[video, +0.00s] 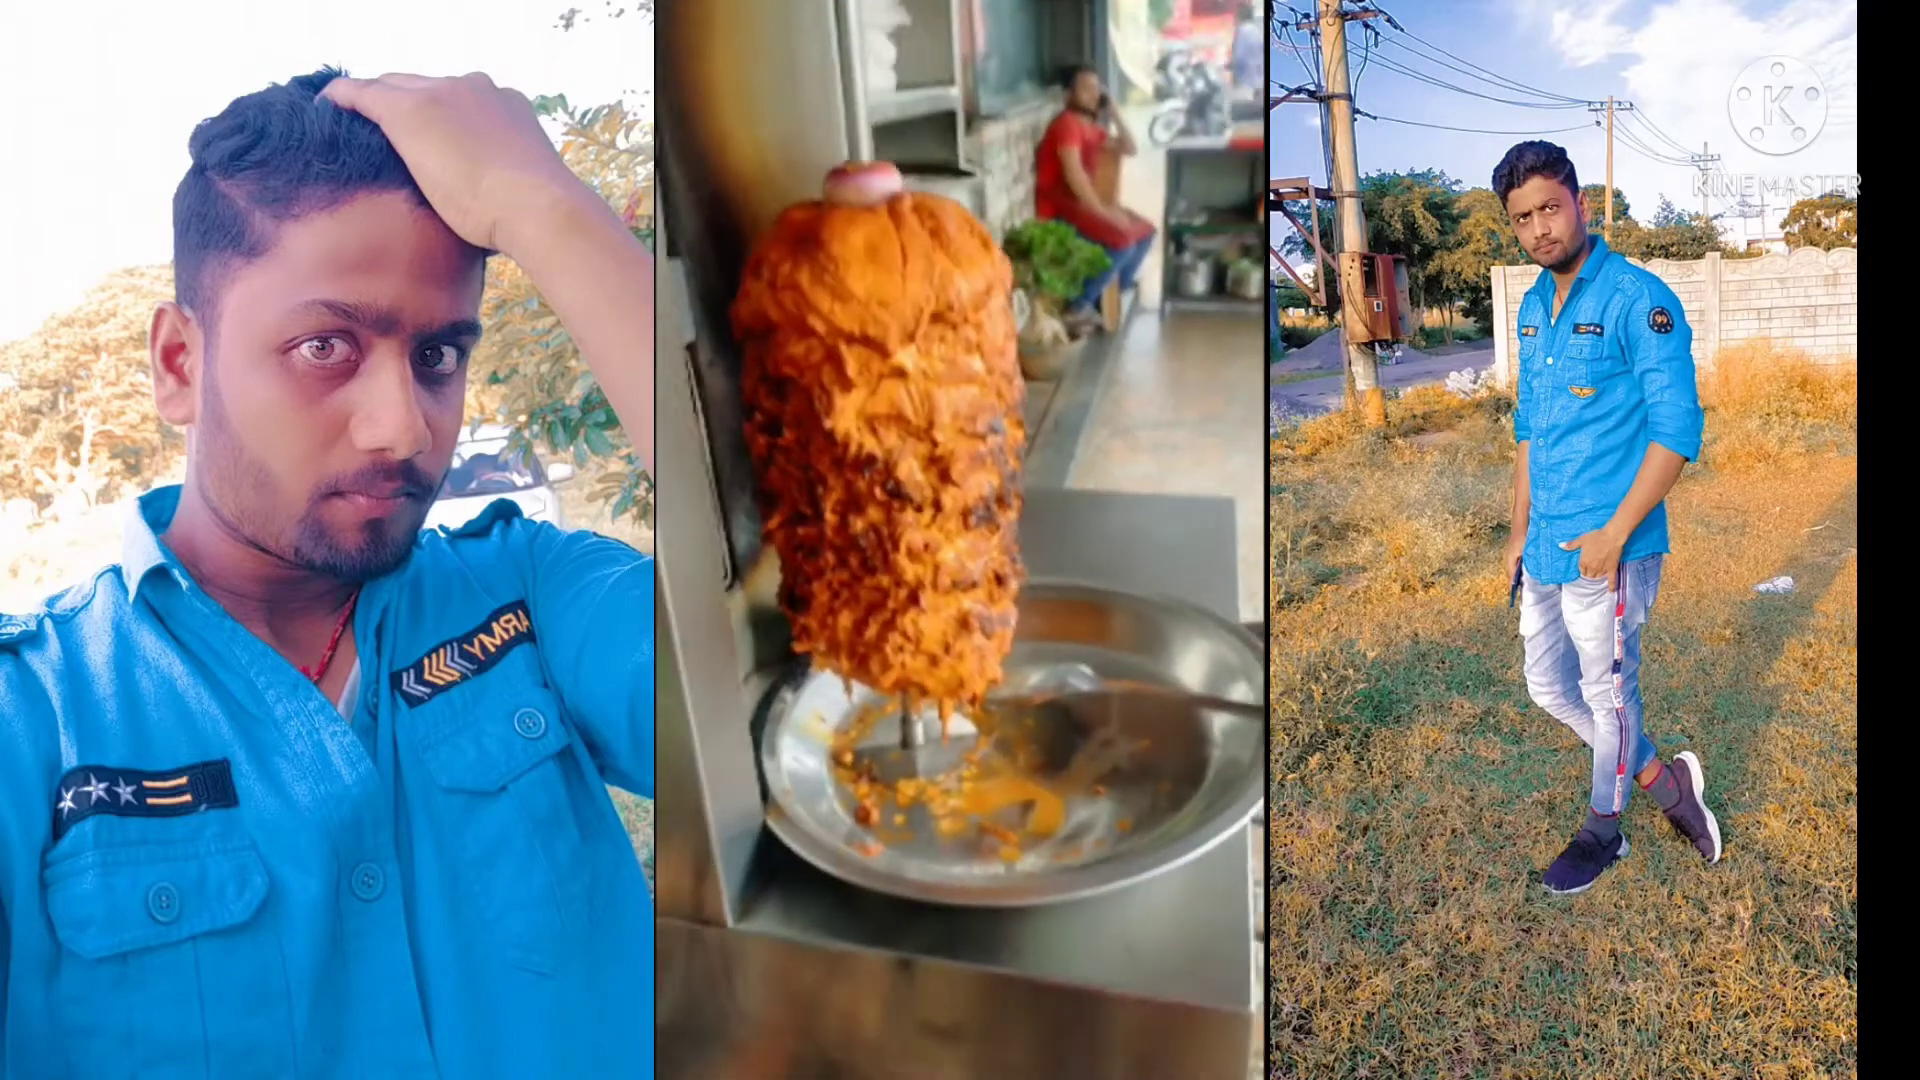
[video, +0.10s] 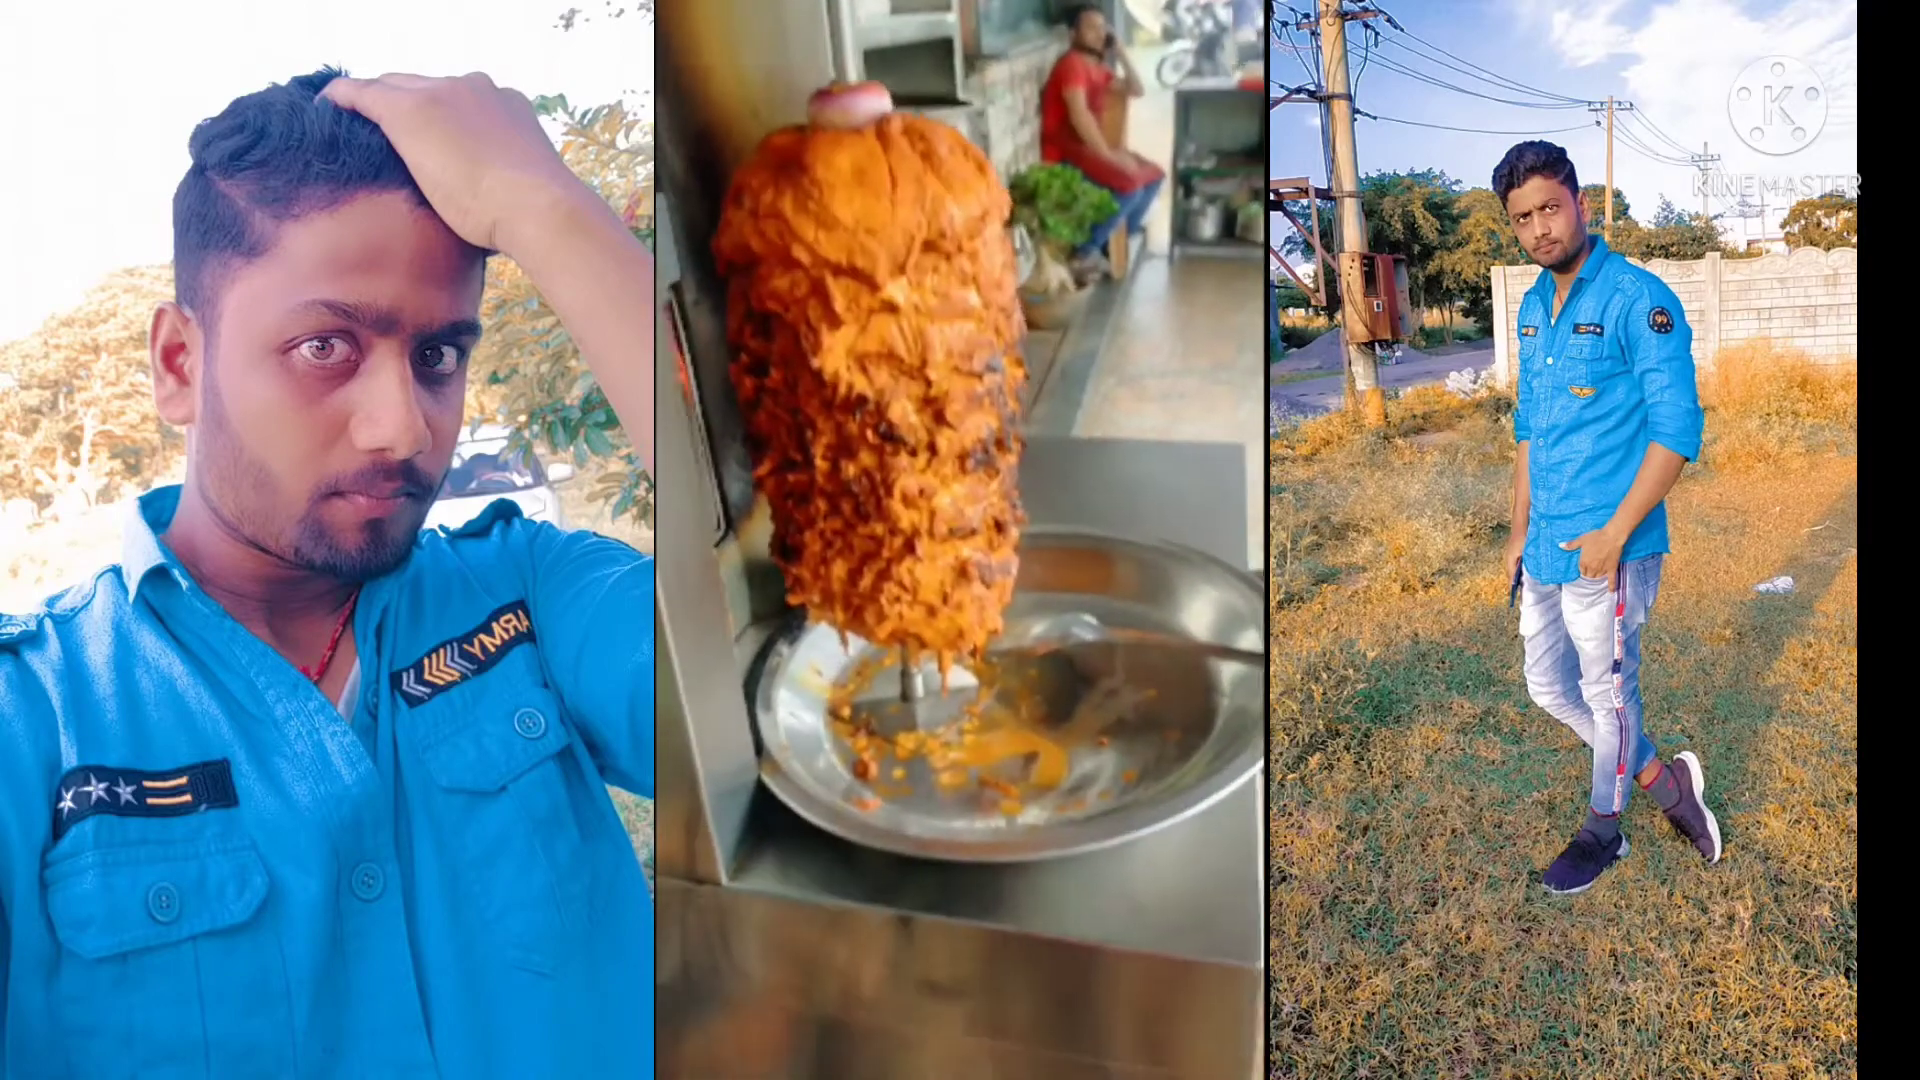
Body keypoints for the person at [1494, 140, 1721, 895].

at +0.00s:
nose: (1537, 229)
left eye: (1548, 208)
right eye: (1522, 219)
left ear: (1582, 202)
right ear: (1513, 228)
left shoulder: (1641, 298)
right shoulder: (1534, 306)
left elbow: (1678, 432)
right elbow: (1529, 430)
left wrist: (1616, 532)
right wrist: (1519, 528)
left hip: (1612, 537)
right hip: (1544, 538)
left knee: (1609, 690)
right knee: (1549, 685)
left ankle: (1602, 828)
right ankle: (1665, 777)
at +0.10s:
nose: (1537, 229)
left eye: (1548, 208)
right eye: (1522, 219)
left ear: (1582, 202)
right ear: (1513, 228)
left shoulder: (1641, 298)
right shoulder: (1534, 306)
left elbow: (1678, 432)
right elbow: (1529, 431)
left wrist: (1616, 532)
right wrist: (1519, 528)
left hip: (1612, 537)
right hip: (1544, 538)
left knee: (1609, 690)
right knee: (1549, 685)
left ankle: (1602, 828)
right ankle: (1665, 777)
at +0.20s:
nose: (1537, 229)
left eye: (1548, 208)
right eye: (1522, 219)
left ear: (1582, 202)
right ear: (1513, 228)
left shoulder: (1641, 298)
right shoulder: (1534, 306)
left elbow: (1678, 432)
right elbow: (1529, 431)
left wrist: (1616, 532)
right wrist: (1519, 528)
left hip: (1612, 537)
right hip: (1544, 539)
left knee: (1609, 690)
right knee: (1549, 685)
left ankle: (1603, 828)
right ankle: (1665, 777)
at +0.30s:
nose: (1537, 229)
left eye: (1549, 209)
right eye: (1522, 219)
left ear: (1583, 203)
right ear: (1513, 229)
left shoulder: (1641, 298)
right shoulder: (1534, 306)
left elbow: (1678, 432)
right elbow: (1529, 431)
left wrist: (1616, 532)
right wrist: (1519, 529)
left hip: (1612, 537)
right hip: (1544, 538)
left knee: (1609, 690)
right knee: (1549, 685)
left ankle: (1602, 827)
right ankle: (1665, 777)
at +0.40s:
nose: (1537, 229)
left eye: (1548, 208)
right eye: (1522, 219)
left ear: (1582, 202)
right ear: (1513, 228)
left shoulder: (1641, 298)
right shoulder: (1534, 306)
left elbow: (1678, 432)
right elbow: (1529, 431)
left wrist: (1616, 532)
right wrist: (1519, 528)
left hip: (1612, 537)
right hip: (1544, 539)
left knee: (1609, 690)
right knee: (1549, 685)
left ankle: (1603, 828)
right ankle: (1665, 777)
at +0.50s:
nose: (1537, 229)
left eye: (1548, 208)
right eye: (1522, 219)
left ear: (1582, 202)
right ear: (1513, 228)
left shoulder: (1641, 298)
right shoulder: (1534, 306)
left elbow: (1678, 432)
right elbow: (1529, 431)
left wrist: (1616, 532)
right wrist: (1519, 528)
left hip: (1612, 537)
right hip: (1544, 538)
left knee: (1609, 690)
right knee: (1549, 685)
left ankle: (1603, 828)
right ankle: (1665, 777)